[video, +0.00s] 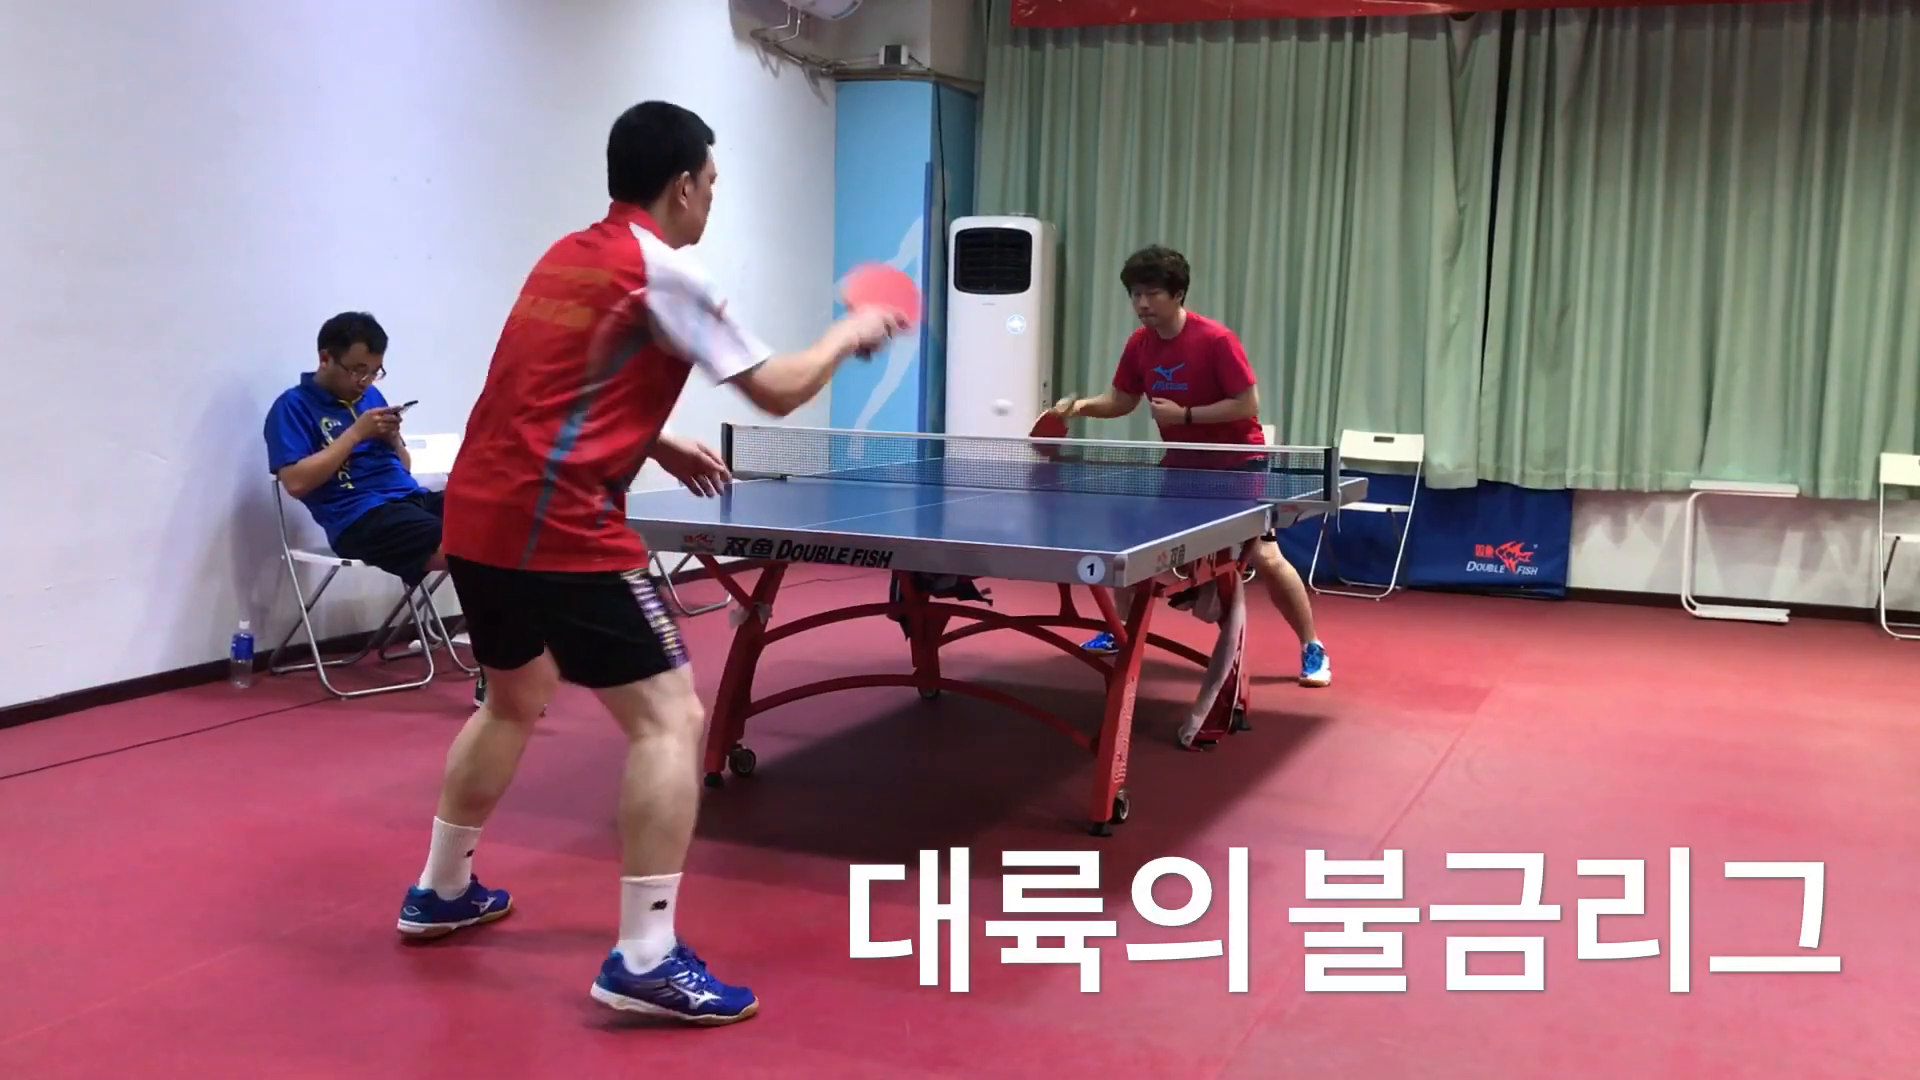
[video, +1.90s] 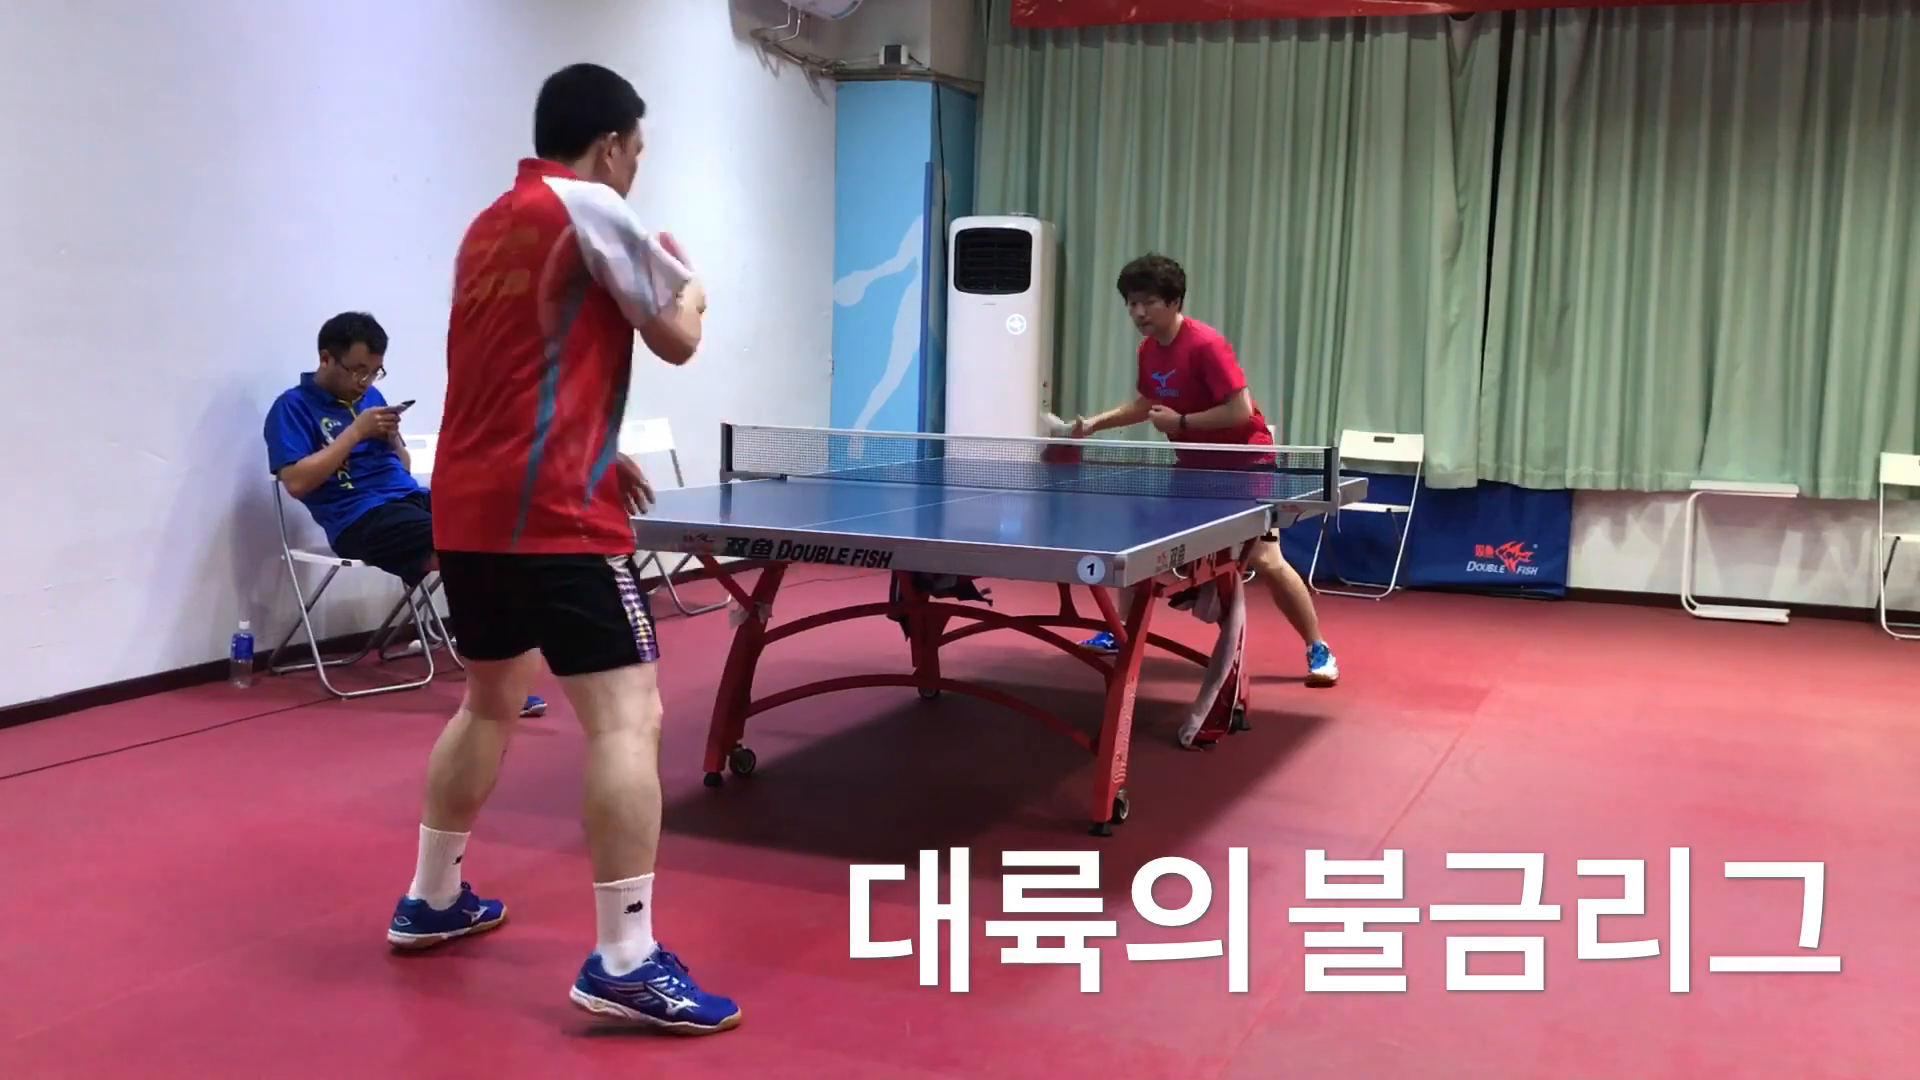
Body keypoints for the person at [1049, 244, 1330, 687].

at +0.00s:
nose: (1141, 303)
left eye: (1151, 293)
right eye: (1135, 294)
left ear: (1178, 294)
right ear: (1131, 297)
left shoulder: (1216, 340)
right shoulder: (1140, 344)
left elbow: (1248, 405)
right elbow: (1123, 400)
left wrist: (1185, 414)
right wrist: (1082, 405)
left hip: (1239, 468)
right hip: (1182, 469)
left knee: (1266, 556)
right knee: (1139, 542)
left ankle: (1312, 646)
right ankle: (1124, 631)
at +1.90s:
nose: (1138, 312)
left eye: (1146, 302)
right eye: (1131, 304)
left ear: (1173, 300)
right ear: (1129, 306)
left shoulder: (1207, 344)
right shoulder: (1148, 350)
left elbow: (1241, 411)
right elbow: (1143, 407)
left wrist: (1182, 421)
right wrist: (1095, 422)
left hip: (1246, 463)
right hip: (1193, 464)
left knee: (1266, 558)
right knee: (1146, 539)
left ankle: (1317, 648)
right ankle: (1124, 632)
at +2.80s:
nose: (1220, 315)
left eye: (1231, 306)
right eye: (1214, 307)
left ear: (1256, 309)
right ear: (1208, 311)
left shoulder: (1287, 360)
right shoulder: (1215, 361)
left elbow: (1321, 428)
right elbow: (1205, 420)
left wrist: (1259, 443)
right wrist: (1181, 421)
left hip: (1305, 478)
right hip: (1252, 477)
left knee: (1328, 579)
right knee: (1189, 537)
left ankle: (1405, 662)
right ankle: (1169, 630)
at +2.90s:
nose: (1196, 313)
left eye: (1205, 303)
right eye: (1189, 304)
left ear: (1232, 305)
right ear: (1185, 306)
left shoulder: (1260, 351)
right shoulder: (1206, 353)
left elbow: (1290, 419)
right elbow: (1207, 409)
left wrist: (1231, 431)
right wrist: (1168, 427)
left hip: (1299, 470)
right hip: (1248, 470)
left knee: (1315, 572)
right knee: (1192, 540)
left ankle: (1392, 654)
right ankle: (1168, 631)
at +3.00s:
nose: (1176, 326)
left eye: (1185, 316)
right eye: (1170, 317)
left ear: (1212, 316)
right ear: (1167, 319)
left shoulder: (1238, 358)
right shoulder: (1202, 357)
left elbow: (1268, 426)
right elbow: (1214, 406)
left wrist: (1213, 435)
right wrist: (1163, 422)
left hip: (1295, 472)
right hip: (1250, 471)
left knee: (1299, 573)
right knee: (1191, 541)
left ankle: (1369, 655)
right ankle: (1169, 631)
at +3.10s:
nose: (1170, 338)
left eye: (1178, 328)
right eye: (1166, 329)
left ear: (1205, 324)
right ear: (1166, 329)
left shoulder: (1236, 366)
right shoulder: (1204, 363)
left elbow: (1266, 435)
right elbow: (1217, 411)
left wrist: (1212, 438)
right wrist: (1163, 411)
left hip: (1294, 476)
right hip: (1248, 476)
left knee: (1294, 578)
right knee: (1187, 540)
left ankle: (1365, 657)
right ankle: (1167, 632)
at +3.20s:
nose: (1175, 343)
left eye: (1180, 334)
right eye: (1172, 335)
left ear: (1209, 330)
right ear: (1204, 331)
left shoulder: (1250, 373)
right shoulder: (1202, 370)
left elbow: (1281, 442)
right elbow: (1193, 413)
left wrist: (1222, 443)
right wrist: (1132, 399)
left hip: (1295, 482)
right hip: (1245, 481)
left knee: (1297, 580)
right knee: (1183, 539)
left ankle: (1365, 659)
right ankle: (1166, 631)